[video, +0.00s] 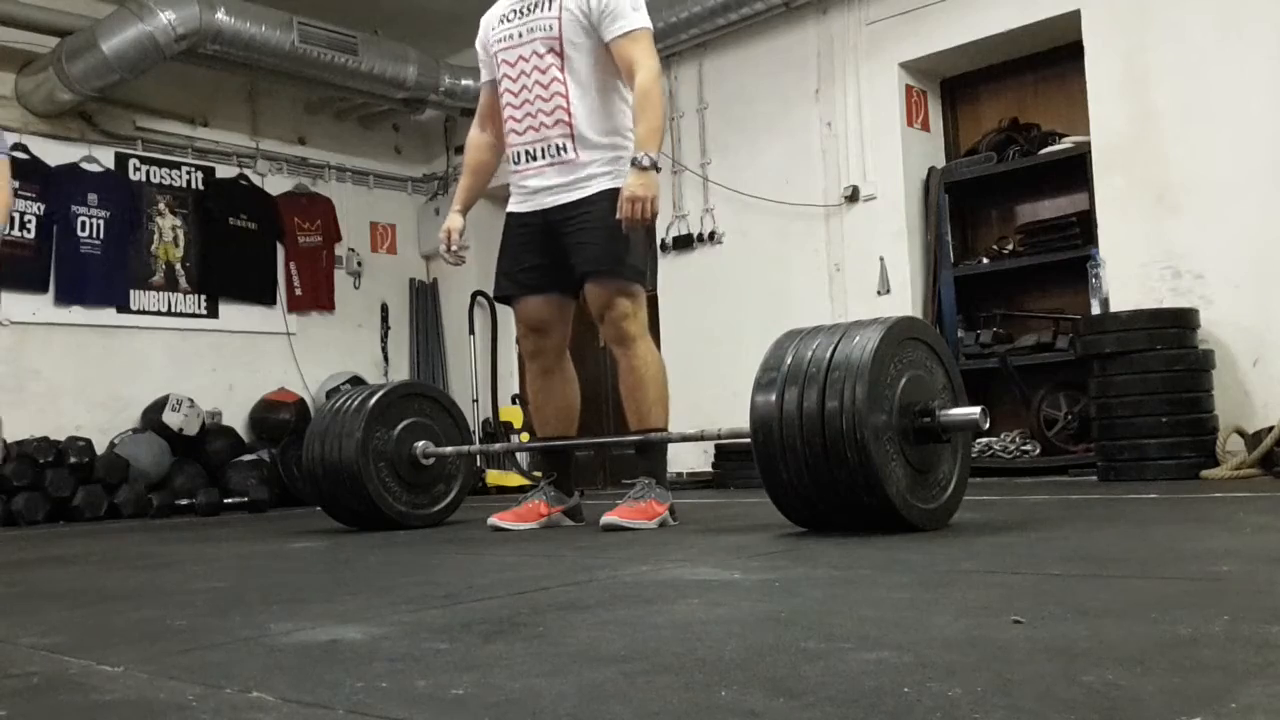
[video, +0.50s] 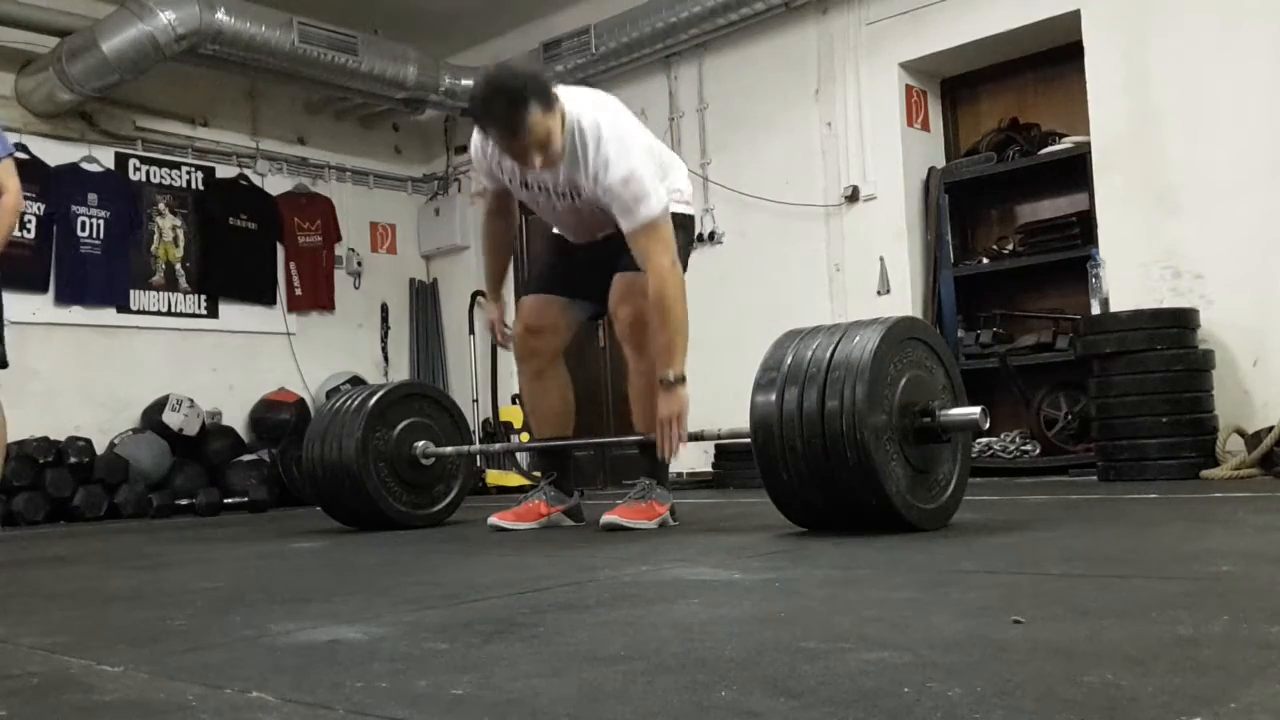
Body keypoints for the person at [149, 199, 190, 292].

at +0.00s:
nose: (162, 211)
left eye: (164, 209)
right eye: (160, 209)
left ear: (167, 208)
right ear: (159, 210)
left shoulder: (174, 220)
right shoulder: (158, 220)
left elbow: (180, 236)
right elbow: (156, 234)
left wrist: (180, 249)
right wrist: (155, 245)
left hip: (172, 244)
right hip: (161, 243)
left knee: (177, 265)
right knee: (159, 262)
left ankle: (183, 283)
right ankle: (159, 277)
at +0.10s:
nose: (162, 211)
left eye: (163, 208)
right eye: (160, 209)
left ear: (167, 208)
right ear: (159, 210)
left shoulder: (174, 220)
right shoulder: (158, 220)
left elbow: (180, 235)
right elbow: (156, 234)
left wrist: (180, 249)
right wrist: (155, 245)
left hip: (172, 244)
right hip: (161, 244)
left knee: (177, 265)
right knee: (159, 262)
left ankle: (183, 283)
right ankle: (159, 277)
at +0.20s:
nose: (162, 211)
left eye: (163, 208)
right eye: (160, 209)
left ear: (167, 208)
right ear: (159, 210)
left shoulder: (174, 220)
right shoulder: (158, 220)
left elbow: (180, 235)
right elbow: (157, 234)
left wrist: (180, 249)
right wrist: (155, 245)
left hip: (172, 244)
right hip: (161, 244)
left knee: (177, 265)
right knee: (159, 262)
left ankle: (183, 283)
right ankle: (159, 277)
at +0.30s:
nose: (162, 211)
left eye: (163, 209)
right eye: (160, 209)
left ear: (167, 208)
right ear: (159, 210)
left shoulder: (174, 220)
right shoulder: (158, 220)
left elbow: (180, 235)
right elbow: (156, 234)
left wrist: (180, 249)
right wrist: (155, 245)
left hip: (172, 244)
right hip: (161, 243)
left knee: (177, 265)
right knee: (159, 262)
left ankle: (183, 283)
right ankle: (159, 277)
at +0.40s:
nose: (162, 211)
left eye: (164, 209)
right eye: (160, 209)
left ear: (167, 208)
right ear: (159, 210)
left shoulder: (174, 220)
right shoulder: (158, 220)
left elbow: (180, 235)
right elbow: (156, 234)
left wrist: (180, 249)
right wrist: (154, 245)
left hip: (172, 243)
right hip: (161, 243)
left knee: (177, 265)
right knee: (159, 262)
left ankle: (183, 283)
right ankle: (159, 277)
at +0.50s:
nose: (162, 211)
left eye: (164, 209)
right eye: (160, 210)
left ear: (167, 208)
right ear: (159, 210)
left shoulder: (174, 220)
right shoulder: (158, 220)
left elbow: (180, 235)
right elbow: (156, 234)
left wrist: (180, 249)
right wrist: (154, 245)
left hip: (172, 243)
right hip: (161, 243)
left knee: (177, 265)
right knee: (159, 262)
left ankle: (183, 283)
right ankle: (159, 277)